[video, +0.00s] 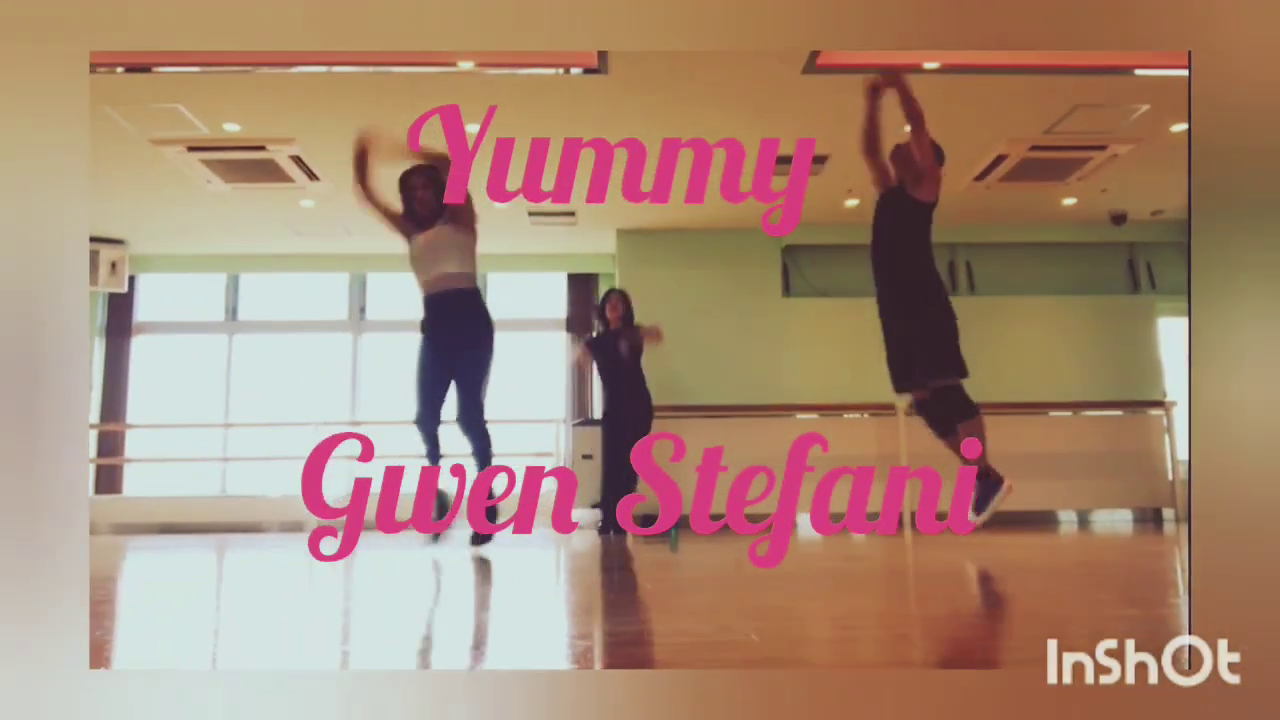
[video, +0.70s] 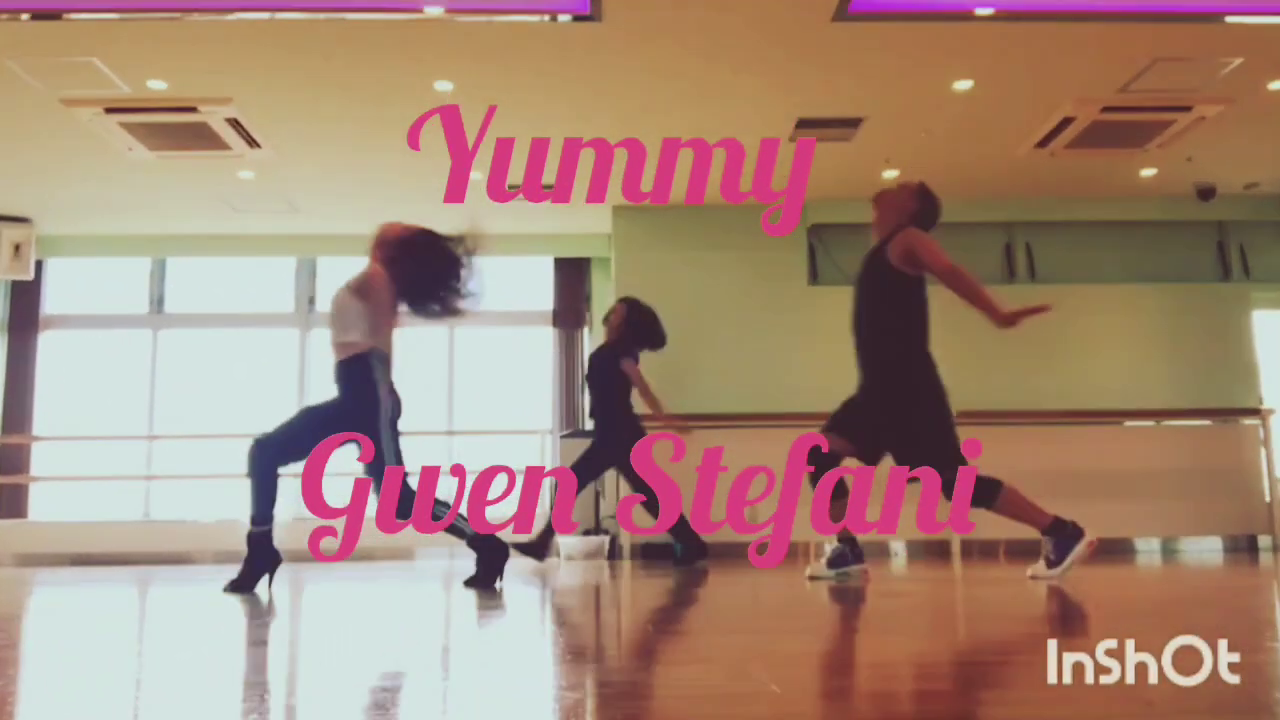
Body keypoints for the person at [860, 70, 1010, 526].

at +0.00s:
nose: (905, 151)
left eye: (914, 147)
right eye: (905, 147)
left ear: (930, 164)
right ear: (901, 158)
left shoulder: (922, 191)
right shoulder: (890, 192)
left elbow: (919, 131)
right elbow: (872, 148)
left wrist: (901, 86)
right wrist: (873, 97)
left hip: (926, 307)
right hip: (899, 311)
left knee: (947, 392)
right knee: (924, 401)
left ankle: (987, 475)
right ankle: (981, 474)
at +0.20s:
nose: (901, 196)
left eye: (907, 188)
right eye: (899, 189)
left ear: (923, 191)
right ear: (899, 196)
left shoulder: (935, 226)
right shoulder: (907, 228)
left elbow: (929, 172)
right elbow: (889, 185)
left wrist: (914, 132)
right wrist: (889, 135)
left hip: (946, 348)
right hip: (924, 351)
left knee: (958, 442)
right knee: (950, 443)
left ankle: (1021, 512)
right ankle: (1017, 510)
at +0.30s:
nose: (902, 180)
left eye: (910, 173)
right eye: (902, 174)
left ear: (931, 178)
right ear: (911, 184)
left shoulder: (942, 214)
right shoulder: (913, 225)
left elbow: (917, 165)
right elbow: (881, 204)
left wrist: (873, 138)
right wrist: (856, 172)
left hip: (948, 346)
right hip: (924, 349)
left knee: (962, 436)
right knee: (913, 441)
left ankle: (1021, 515)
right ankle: (992, 496)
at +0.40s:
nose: (904, 170)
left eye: (913, 165)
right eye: (907, 164)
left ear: (935, 175)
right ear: (919, 175)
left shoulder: (942, 213)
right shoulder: (916, 225)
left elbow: (918, 190)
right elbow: (886, 244)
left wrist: (873, 170)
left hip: (946, 346)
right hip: (920, 348)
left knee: (970, 438)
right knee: (882, 430)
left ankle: (1029, 517)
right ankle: (940, 499)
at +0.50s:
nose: (910, 167)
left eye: (921, 166)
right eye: (917, 162)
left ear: (930, 184)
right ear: (925, 186)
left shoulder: (926, 217)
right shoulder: (909, 223)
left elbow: (950, 228)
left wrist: (945, 218)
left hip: (939, 355)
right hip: (921, 356)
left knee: (971, 449)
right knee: (866, 434)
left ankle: (1043, 523)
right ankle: (866, 532)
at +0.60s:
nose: (903, 184)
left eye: (915, 184)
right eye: (911, 181)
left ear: (923, 205)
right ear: (914, 204)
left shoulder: (917, 233)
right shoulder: (901, 244)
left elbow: (961, 257)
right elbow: (941, 309)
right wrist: (939, 353)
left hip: (925, 384)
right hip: (911, 384)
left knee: (960, 474)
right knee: (844, 447)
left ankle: (1055, 530)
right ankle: (843, 544)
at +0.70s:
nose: (888, 186)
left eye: (901, 186)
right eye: (897, 183)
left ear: (911, 209)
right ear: (899, 206)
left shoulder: (907, 241)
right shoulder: (882, 251)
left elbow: (950, 273)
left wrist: (998, 316)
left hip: (910, 392)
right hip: (881, 392)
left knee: (954, 481)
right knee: (819, 460)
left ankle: (1058, 531)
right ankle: (846, 548)